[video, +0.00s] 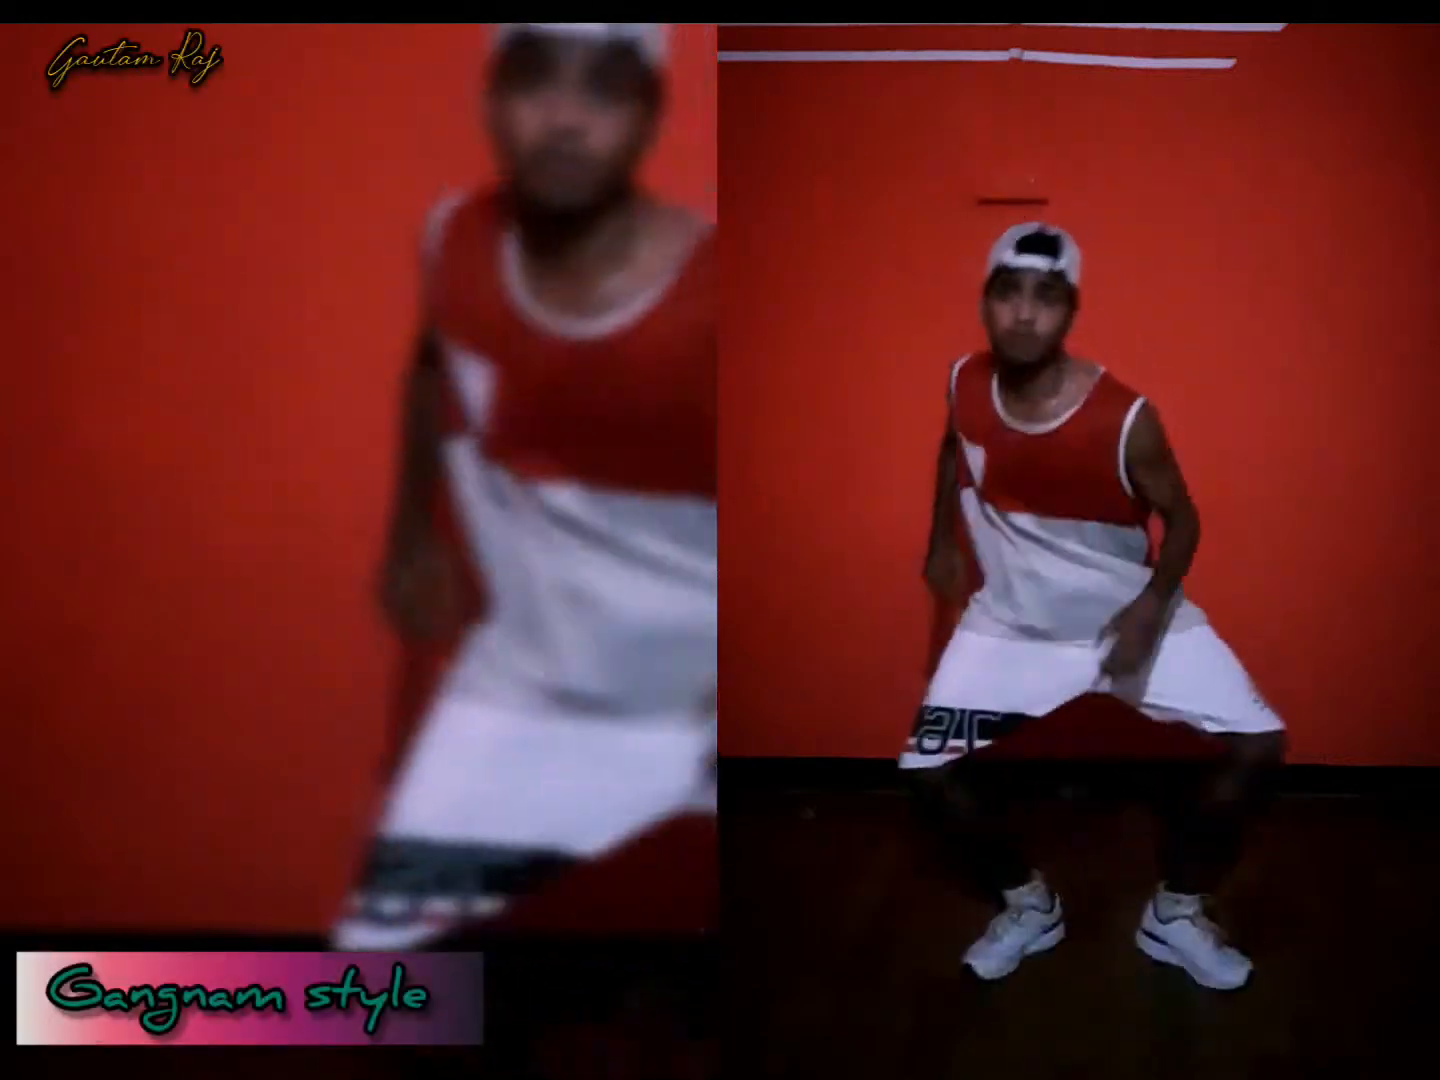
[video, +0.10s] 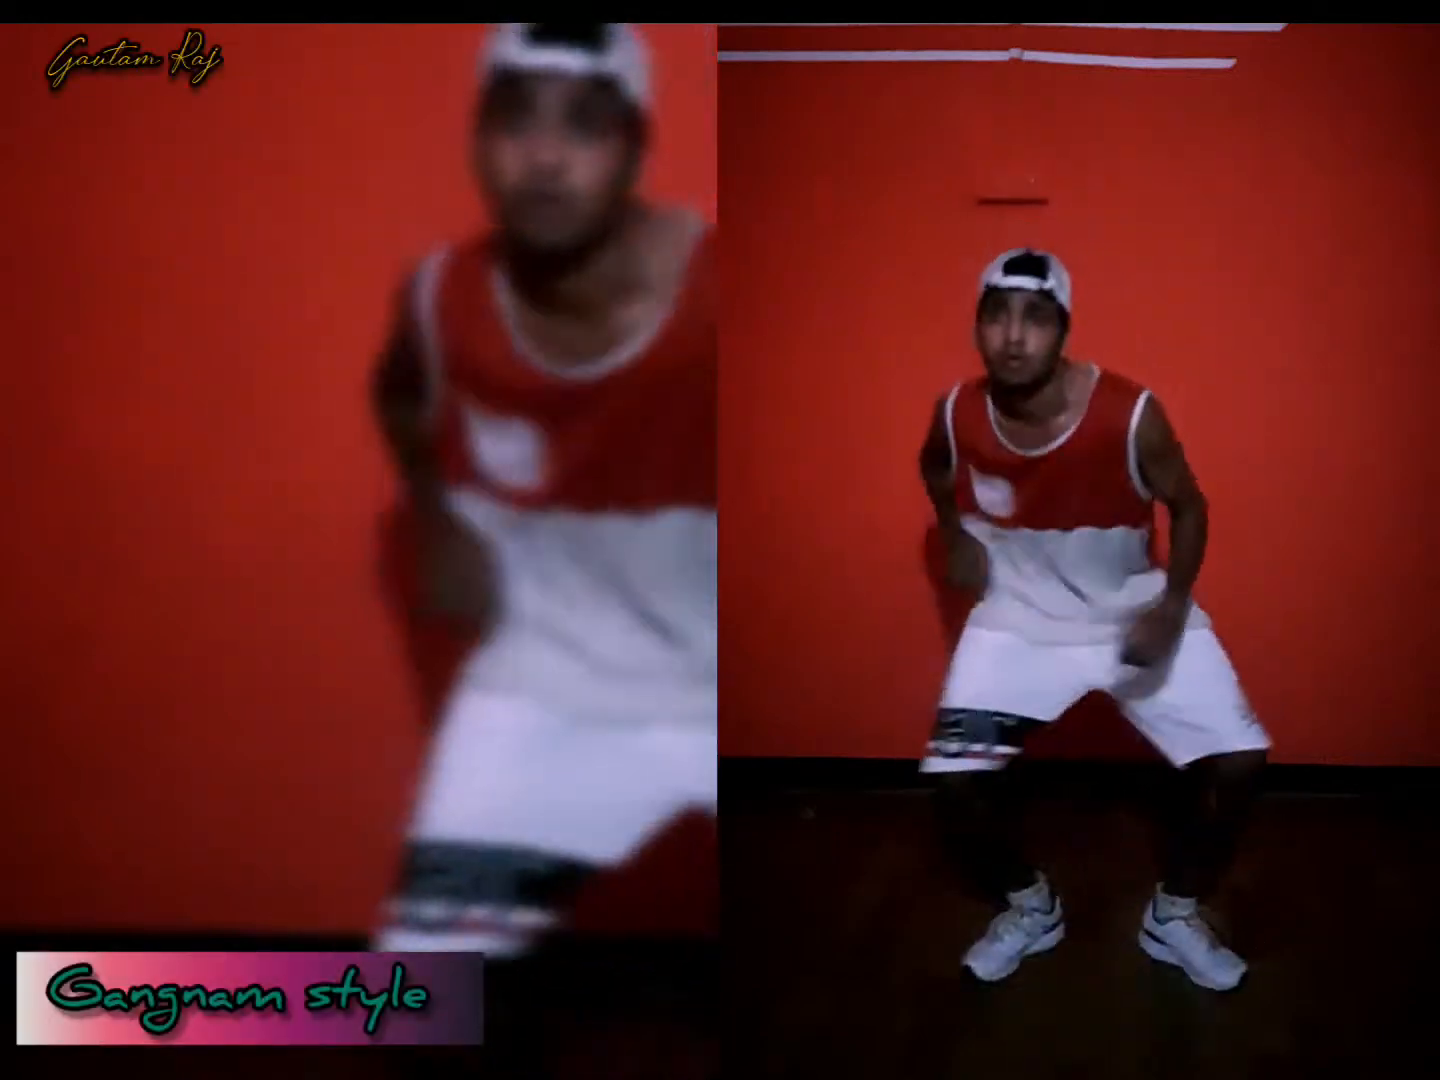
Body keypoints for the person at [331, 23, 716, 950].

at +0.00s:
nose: (564, 119)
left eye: (605, 89)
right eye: (536, 81)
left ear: (650, 120)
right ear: (494, 105)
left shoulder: (720, 281)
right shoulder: (461, 244)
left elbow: (778, 477)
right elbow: (432, 379)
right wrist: (413, 539)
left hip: (682, 709)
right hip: (509, 689)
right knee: (386, 948)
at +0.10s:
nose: (544, 158)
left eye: (584, 126)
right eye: (516, 122)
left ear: (635, 151)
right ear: (480, 145)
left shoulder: (721, 289)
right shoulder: (439, 301)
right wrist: (430, 503)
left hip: (700, 699)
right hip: (525, 687)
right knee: (434, 963)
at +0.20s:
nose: (579, 146)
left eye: (607, 107)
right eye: (545, 120)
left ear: (663, 116)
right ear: (513, 148)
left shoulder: (751, 249)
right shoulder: (506, 305)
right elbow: (419, 461)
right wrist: (518, 585)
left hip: (758, 626)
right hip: (597, 633)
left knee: (786, 944)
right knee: (545, 956)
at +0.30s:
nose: (656, 77)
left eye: (686, 43)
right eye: (622, 48)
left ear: (733, 64)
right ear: (586, 78)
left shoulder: (797, 240)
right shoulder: (554, 278)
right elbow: (553, 504)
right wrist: (638, 587)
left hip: (775, 588)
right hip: (614, 590)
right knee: (576, 883)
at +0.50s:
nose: (751, 113)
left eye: (770, 85)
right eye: (730, 81)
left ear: (829, 110)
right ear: (694, 97)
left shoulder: (858, 268)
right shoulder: (598, 277)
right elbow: (537, 548)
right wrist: (642, 563)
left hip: (807, 652)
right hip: (628, 654)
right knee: (443, 932)